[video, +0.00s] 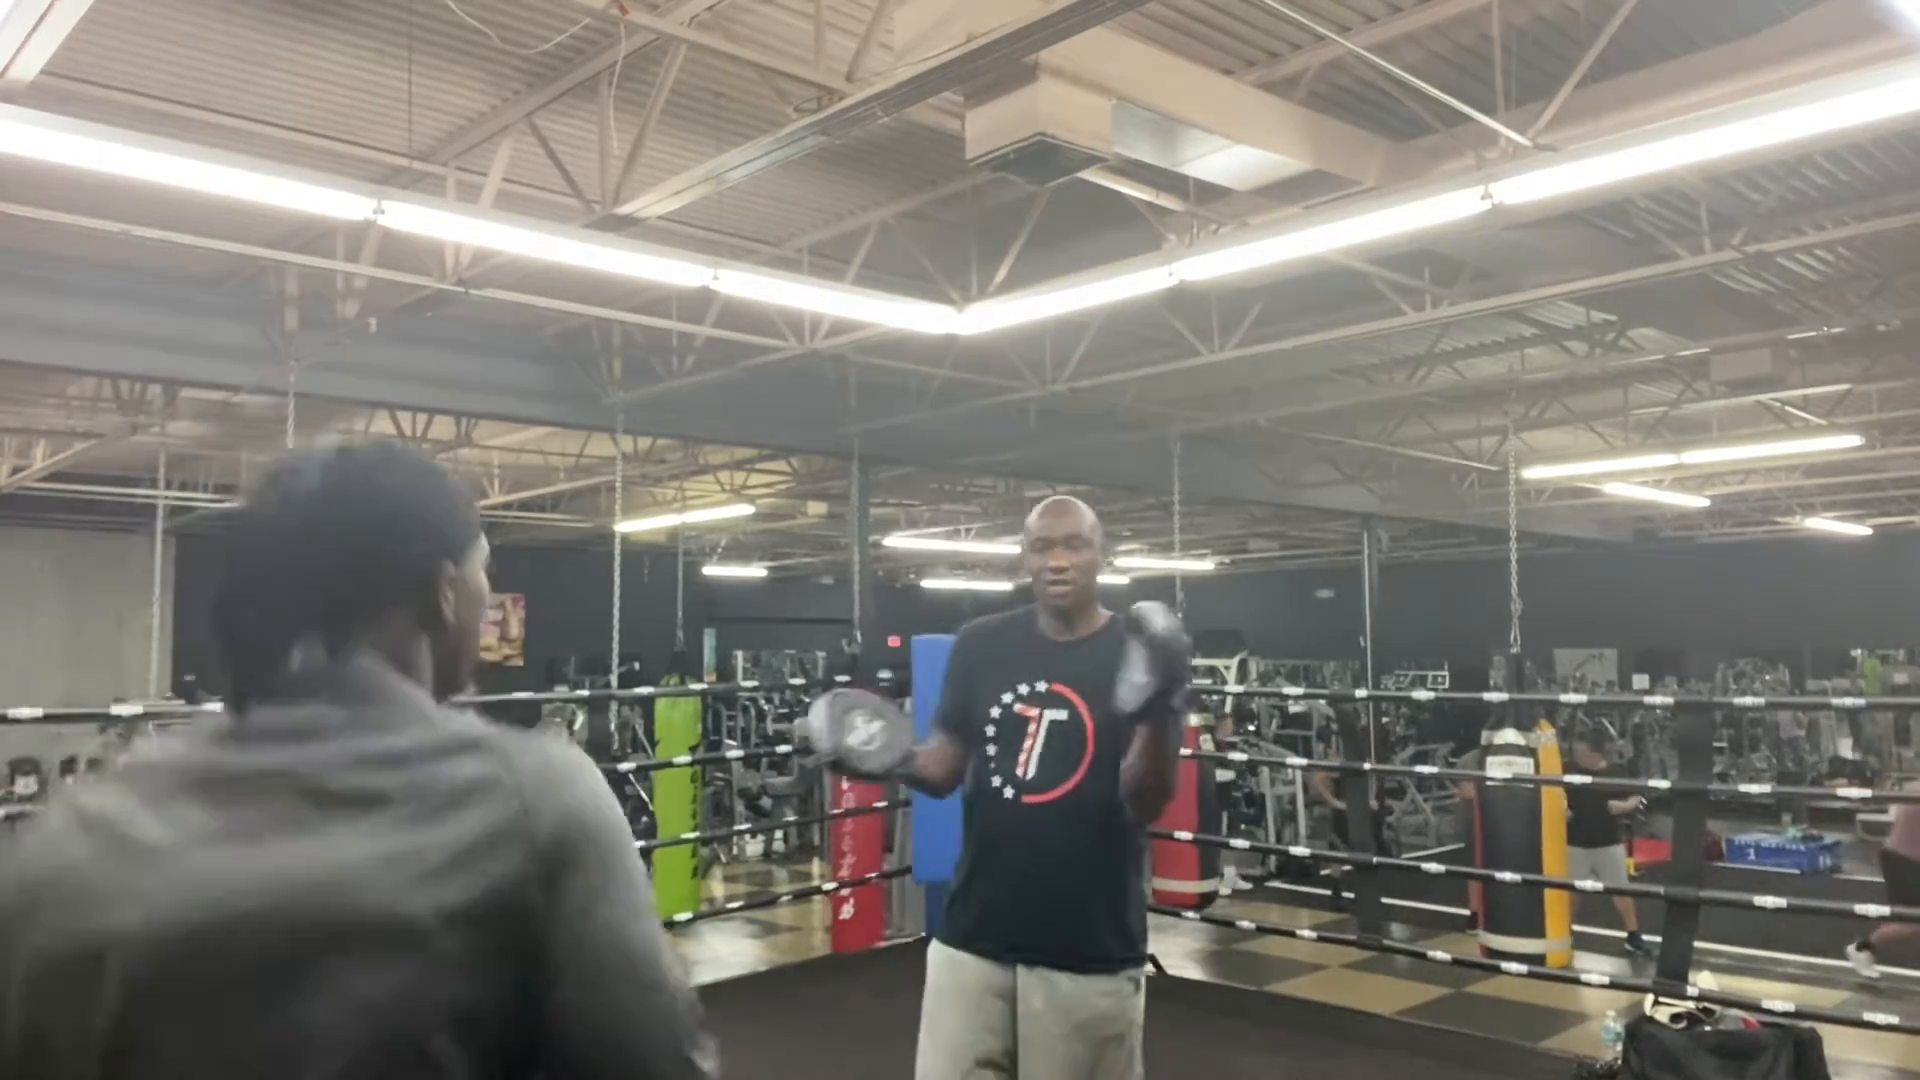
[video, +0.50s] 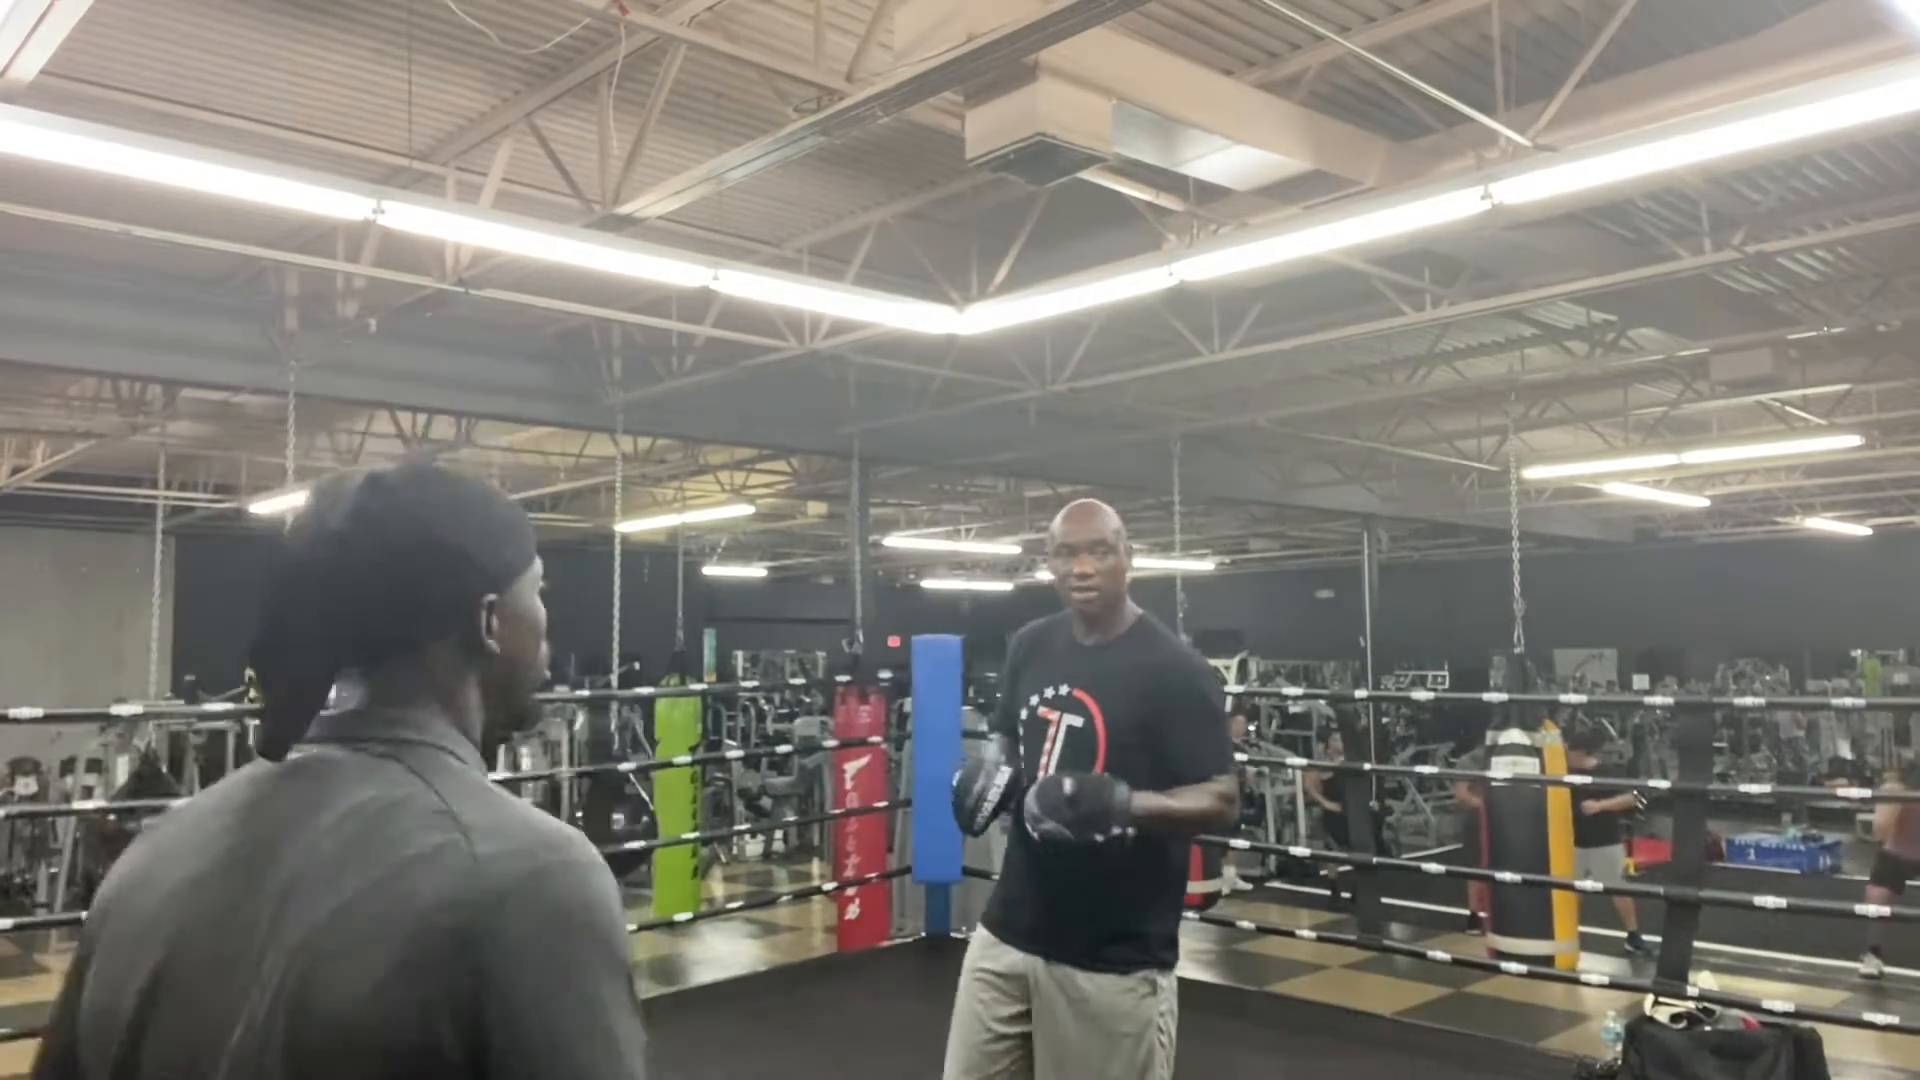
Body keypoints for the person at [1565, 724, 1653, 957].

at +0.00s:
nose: (1575, 752)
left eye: (1580, 747)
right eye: (1575, 747)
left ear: (1596, 750)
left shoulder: (1615, 774)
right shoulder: (1567, 773)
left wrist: (1627, 805)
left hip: (1608, 841)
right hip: (1575, 842)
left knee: (1620, 890)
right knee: (1571, 890)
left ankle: (1633, 934)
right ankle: (1564, 932)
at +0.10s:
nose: (1576, 753)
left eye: (1580, 749)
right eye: (1579, 749)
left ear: (1593, 750)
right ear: (1575, 751)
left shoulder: (1615, 774)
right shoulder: (1568, 775)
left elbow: (1637, 800)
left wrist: (1613, 805)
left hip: (1608, 841)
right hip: (1575, 841)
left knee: (1620, 890)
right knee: (1569, 892)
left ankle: (1633, 935)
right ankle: (1561, 935)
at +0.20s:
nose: (1589, 760)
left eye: (1594, 755)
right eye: (1585, 754)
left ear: (1599, 754)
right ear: (1576, 751)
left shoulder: (1613, 774)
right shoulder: (1567, 773)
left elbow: (1634, 802)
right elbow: (1584, 805)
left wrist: (1608, 805)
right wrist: (1621, 803)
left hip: (1608, 841)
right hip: (1575, 841)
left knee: (1620, 890)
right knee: (1569, 891)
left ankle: (1633, 934)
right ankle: (1561, 934)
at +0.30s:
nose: (1571, 758)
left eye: (1575, 753)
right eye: (1573, 753)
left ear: (1587, 753)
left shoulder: (1613, 773)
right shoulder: (1569, 775)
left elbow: (1634, 799)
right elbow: (1587, 806)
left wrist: (1602, 804)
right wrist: (1622, 802)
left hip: (1608, 841)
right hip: (1575, 842)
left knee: (1620, 889)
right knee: (1568, 891)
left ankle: (1633, 934)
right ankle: (1562, 936)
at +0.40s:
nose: (1567, 757)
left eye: (1571, 753)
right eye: (1569, 753)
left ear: (1584, 753)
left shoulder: (1611, 772)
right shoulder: (1565, 774)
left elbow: (1634, 800)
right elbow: (1582, 808)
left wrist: (1600, 805)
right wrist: (1620, 802)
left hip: (1607, 840)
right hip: (1575, 842)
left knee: (1619, 888)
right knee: (1569, 891)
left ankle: (1633, 934)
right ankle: (1564, 936)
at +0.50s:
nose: (1565, 757)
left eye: (1569, 753)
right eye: (1567, 753)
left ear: (1585, 754)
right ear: (1570, 751)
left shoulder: (1610, 772)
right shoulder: (1560, 773)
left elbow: (1635, 798)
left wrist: (1600, 805)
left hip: (1606, 841)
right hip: (1572, 842)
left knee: (1619, 889)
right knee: (1568, 893)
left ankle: (1633, 934)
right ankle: (1565, 938)